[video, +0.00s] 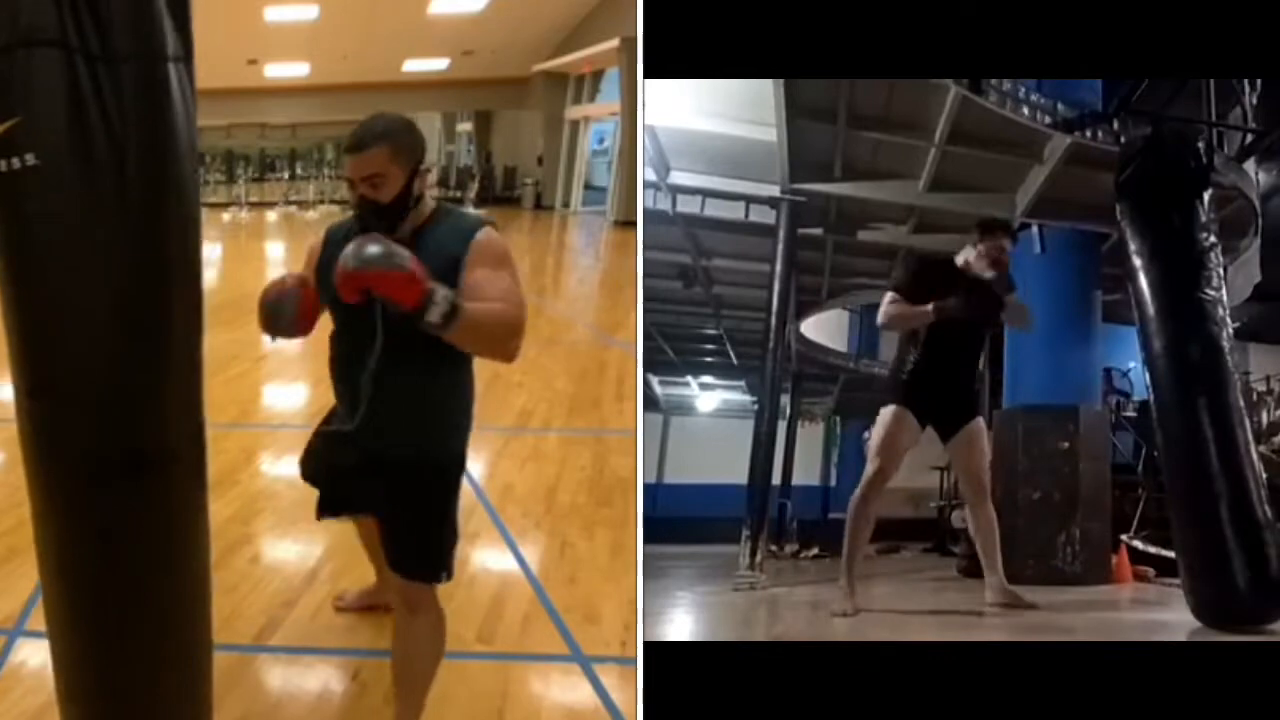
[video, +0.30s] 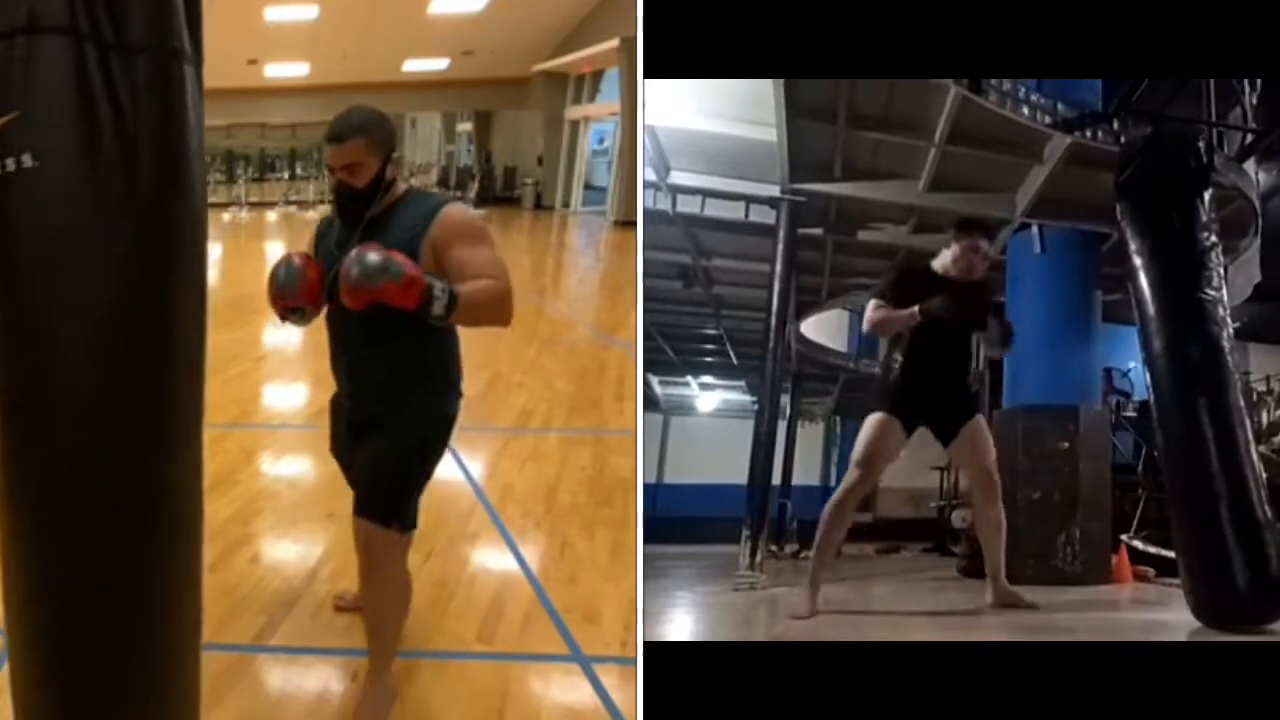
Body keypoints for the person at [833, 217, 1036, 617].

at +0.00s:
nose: (1000, 263)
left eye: (1005, 257)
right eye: (995, 253)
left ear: (1005, 260)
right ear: (974, 246)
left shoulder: (991, 293)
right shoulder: (926, 269)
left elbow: (1025, 321)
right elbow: (886, 316)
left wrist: (1000, 288)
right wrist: (936, 310)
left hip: (961, 397)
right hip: (913, 390)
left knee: (979, 489)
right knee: (876, 475)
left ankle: (996, 584)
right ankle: (847, 583)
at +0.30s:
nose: (976, 262)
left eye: (983, 257)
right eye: (971, 251)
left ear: (986, 262)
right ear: (951, 246)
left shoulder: (979, 295)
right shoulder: (911, 275)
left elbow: (998, 344)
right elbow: (872, 322)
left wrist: (999, 332)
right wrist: (918, 313)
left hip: (955, 399)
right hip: (905, 394)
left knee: (987, 482)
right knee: (859, 476)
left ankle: (998, 584)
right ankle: (812, 584)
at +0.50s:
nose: (943, 250)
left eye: (949, 243)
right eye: (937, 240)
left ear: (950, 248)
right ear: (914, 235)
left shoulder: (939, 282)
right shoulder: (878, 264)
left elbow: (954, 330)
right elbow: (859, 303)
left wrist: (973, 311)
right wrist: (912, 281)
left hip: (921, 387)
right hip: (873, 383)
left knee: (963, 473)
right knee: (836, 472)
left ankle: (980, 569)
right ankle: (807, 582)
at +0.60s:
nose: (925, 242)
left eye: (931, 236)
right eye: (919, 233)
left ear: (936, 241)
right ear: (899, 231)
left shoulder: (935, 273)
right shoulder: (868, 264)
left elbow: (973, 318)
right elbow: (822, 299)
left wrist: (974, 283)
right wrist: (880, 276)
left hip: (907, 387)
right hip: (860, 382)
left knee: (925, 487)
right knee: (823, 464)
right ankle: (785, 570)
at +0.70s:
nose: (913, 250)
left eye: (919, 246)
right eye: (908, 241)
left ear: (924, 254)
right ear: (890, 243)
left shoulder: (927, 284)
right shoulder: (861, 279)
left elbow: (968, 311)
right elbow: (800, 313)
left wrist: (960, 267)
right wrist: (842, 291)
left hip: (901, 401)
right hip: (852, 395)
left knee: (891, 504)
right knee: (807, 475)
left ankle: (869, 583)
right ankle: (768, 590)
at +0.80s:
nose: (896, 264)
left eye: (903, 258)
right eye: (891, 254)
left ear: (908, 261)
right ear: (873, 252)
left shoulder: (911, 294)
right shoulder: (846, 287)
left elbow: (946, 319)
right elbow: (788, 324)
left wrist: (918, 278)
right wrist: (805, 309)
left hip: (886, 405)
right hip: (836, 400)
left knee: (891, 503)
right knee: (790, 483)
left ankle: (874, 572)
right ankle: (767, 593)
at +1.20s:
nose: (847, 227)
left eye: (857, 218)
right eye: (840, 219)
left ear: (879, 224)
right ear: (831, 227)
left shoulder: (900, 266)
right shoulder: (823, 282)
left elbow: (918, 312)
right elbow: (819, 343)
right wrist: (784, 369)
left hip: (896, 390)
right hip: (849, 393)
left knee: (887, 476)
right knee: (793, 487)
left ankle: (930, 606)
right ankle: (775, 591)